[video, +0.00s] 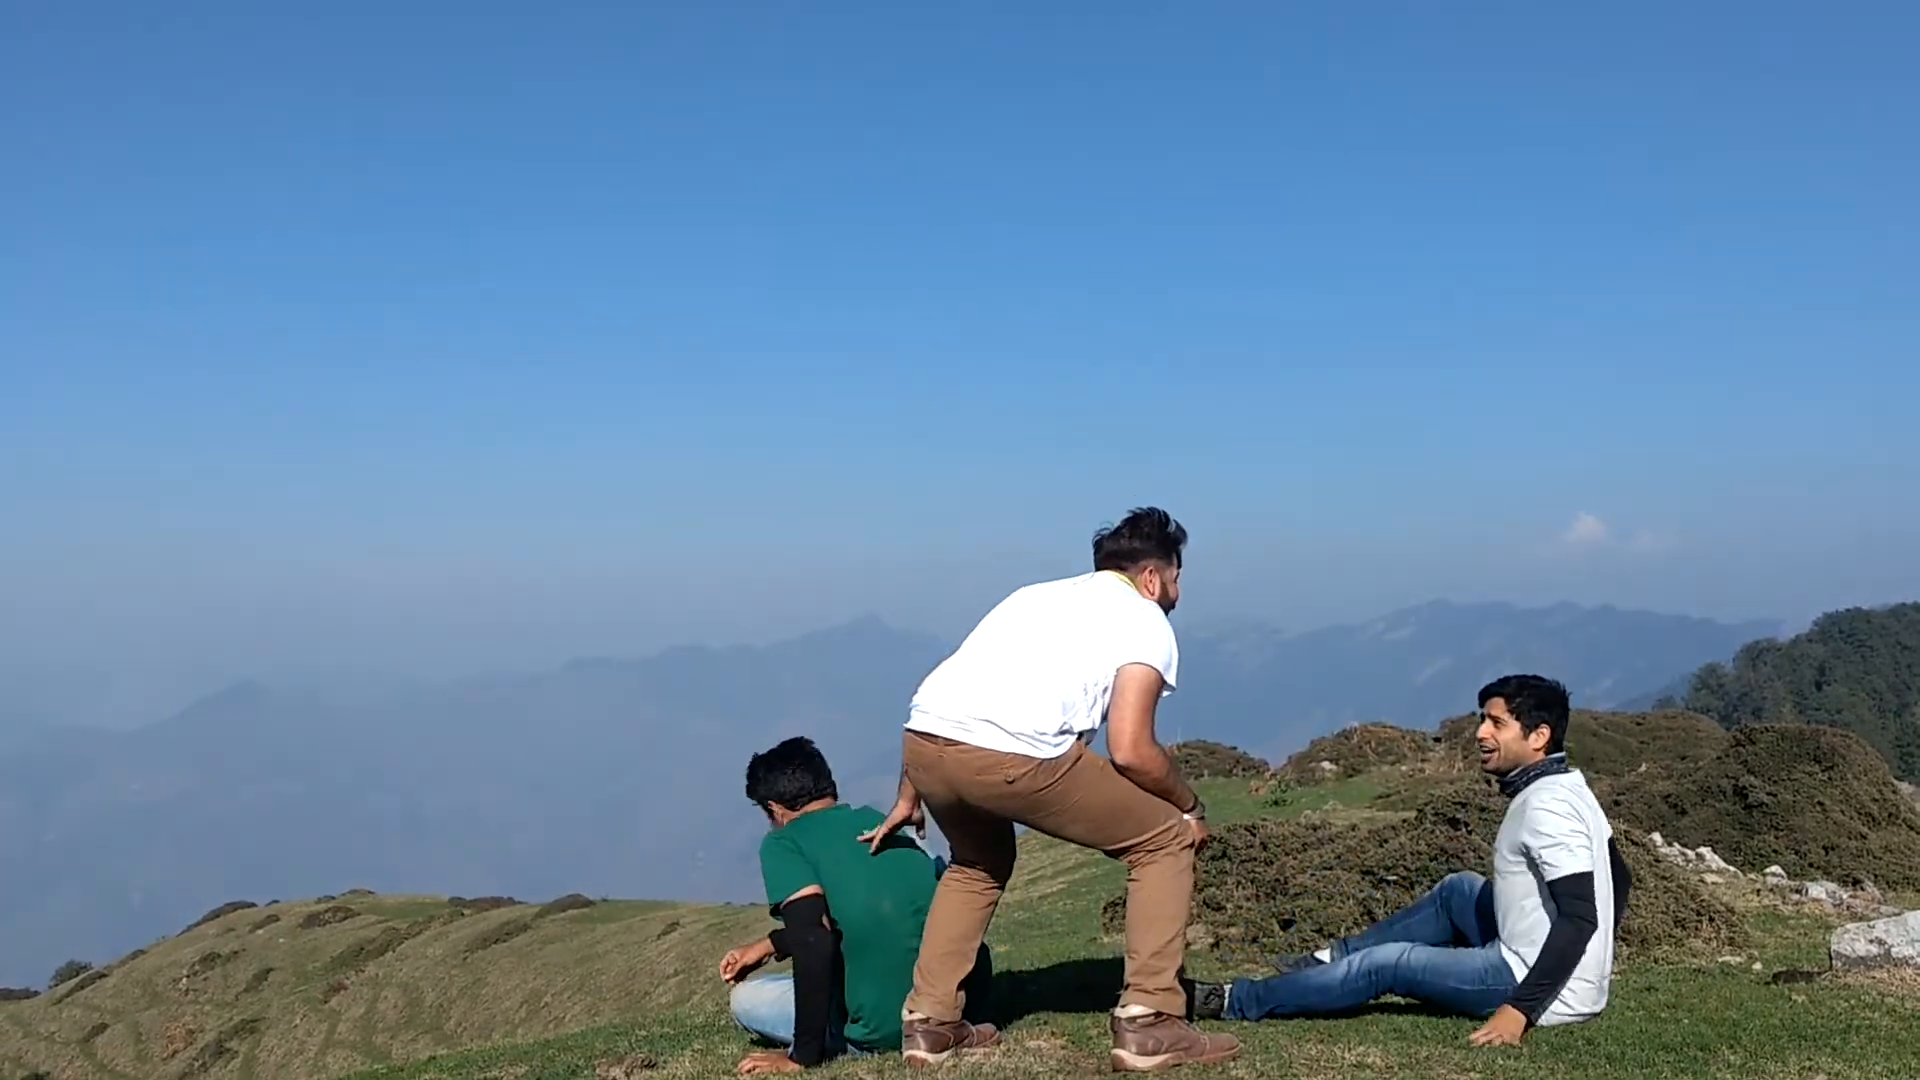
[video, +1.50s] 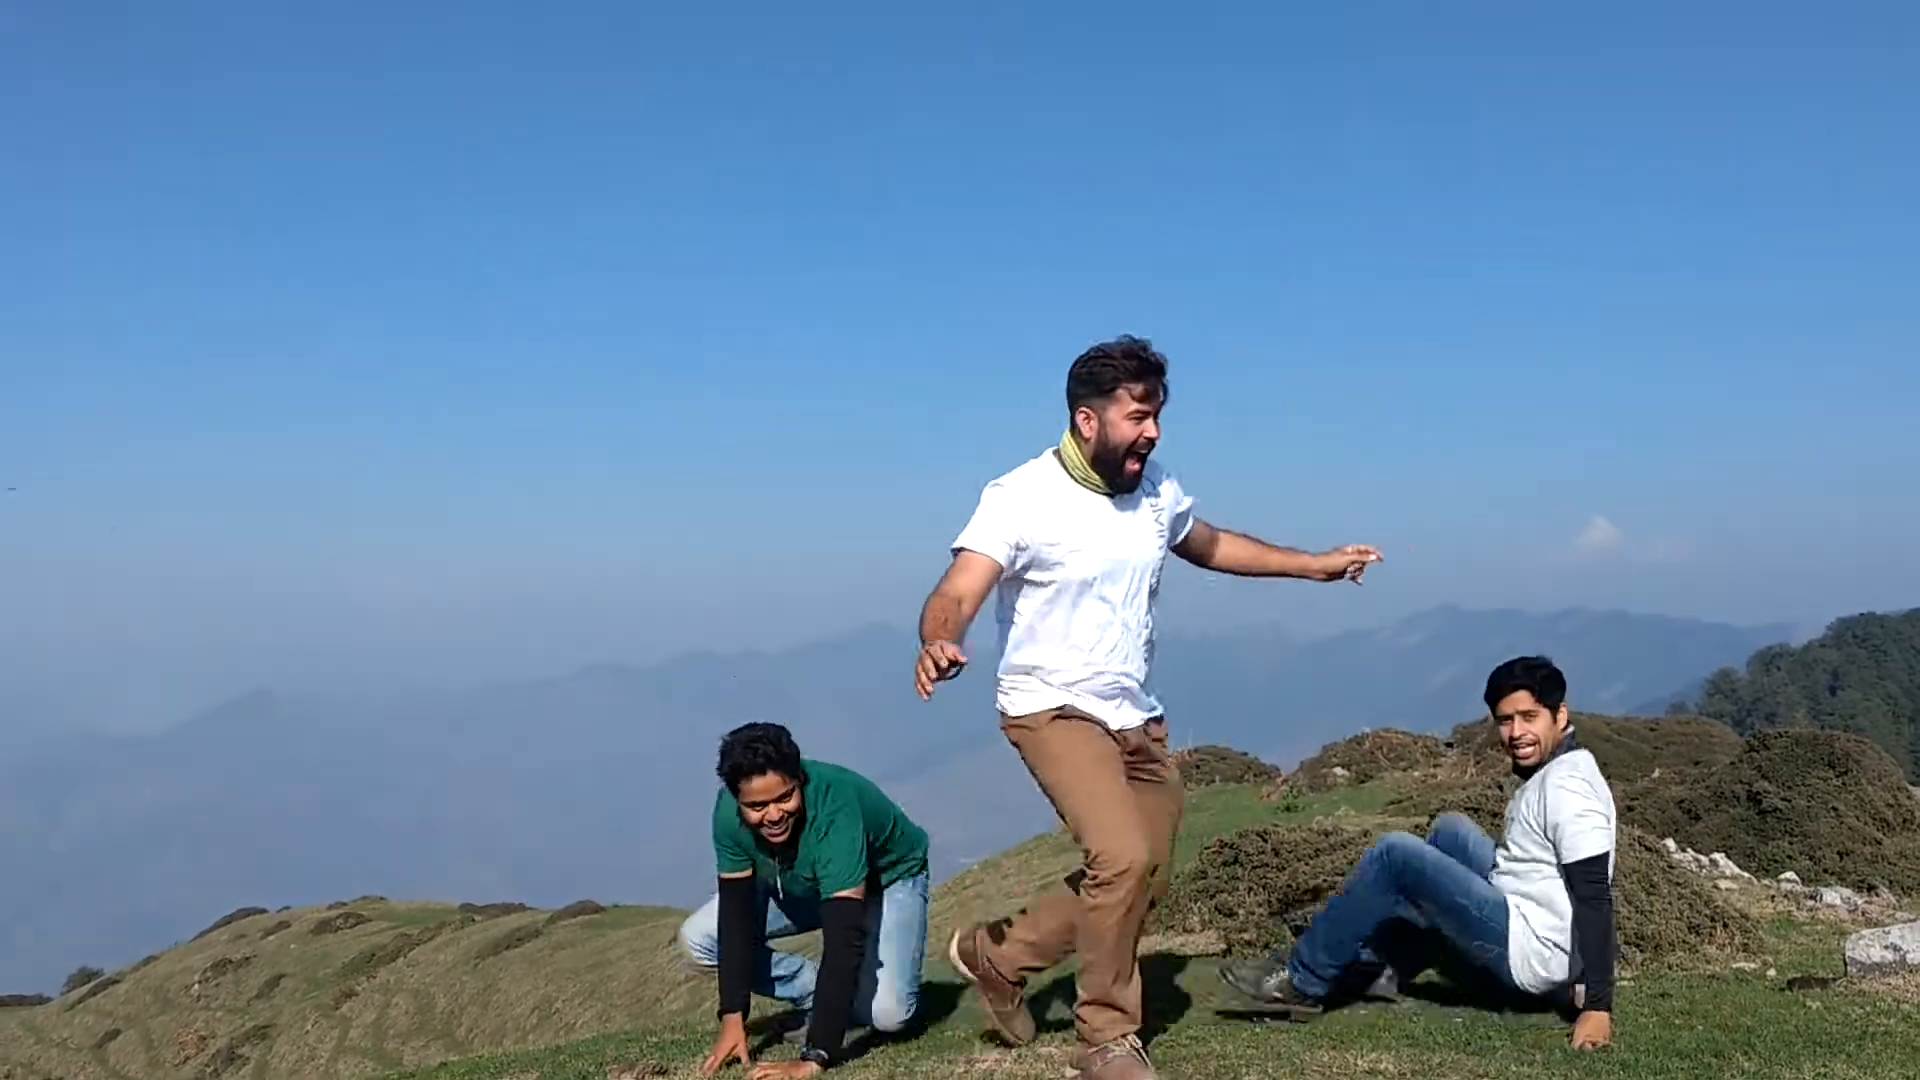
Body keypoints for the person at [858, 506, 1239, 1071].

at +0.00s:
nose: (1178, 592)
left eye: (1180, 577)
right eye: (1177, 576)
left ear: (1106, 565)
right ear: (1153, 574)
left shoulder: (1036, 595)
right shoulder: (1146, 621)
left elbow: (944, 685)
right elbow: (1131, 751)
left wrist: (910, 792)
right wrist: (1187, 804)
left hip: (928, 744)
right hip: (1008, 757)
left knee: (980, 858)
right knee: (1165, 837)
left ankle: (930, 1022)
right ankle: (1150, 1021)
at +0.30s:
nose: (1180, 611)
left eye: (1182, 596)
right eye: (1180, 595)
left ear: (1109, 582)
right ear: (1154, 592)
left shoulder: (1040, 609)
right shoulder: (1146, 632)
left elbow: (946, 692)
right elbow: (1129, 757)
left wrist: (897, 798)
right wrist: (1190, 803)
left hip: (925, 749)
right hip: (1003, 763)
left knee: (979, 859)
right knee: (1167, 836)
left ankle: (931, 1021)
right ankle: (1150, 1021)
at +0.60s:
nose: (1172, 531)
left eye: (1175, 517)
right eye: (1171, 514)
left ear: (1105, 503)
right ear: (1135, 506)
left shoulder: (1023, 548)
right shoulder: (1125, 569)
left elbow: (967, 649)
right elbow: (1138, 716)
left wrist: (929, 746)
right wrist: (1197, 802)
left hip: (944, 738)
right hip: (1027, 744)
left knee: (994, 863)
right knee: (1172, 838)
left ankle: (933, 1022)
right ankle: (1149, 1020)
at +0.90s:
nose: (1125, 429)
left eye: (1131, 416)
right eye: (1111, 413)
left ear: (1127, 421)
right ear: (1065, 417)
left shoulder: (1036, 483)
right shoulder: (1058, 493)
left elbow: (1047, 612)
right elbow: (1073, 616)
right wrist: (1169, 680)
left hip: (996, 709)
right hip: (1047, 709)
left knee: (1025, 858)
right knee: (1182, 835)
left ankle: (940, 1018)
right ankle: (1157, 1021)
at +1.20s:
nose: (1084, 438)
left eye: (1100, 423)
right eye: (1069, 421)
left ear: (1115, 431)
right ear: (1041, 424)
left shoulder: (1114, 510)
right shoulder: (1005, 498)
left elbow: (1112, 605)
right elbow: (967, 616)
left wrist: (1173, 675)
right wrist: (994, 673)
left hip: (1059, 711)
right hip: (1017, 711)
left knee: (1033, 878)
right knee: (1150, 828)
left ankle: (928, 1022)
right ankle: (1158, 1025)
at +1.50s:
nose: (1153, 432)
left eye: (1157, 416)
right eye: (1137, 416)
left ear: (1155, 415)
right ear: (1085, 417)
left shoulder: (1156, 492)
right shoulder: (1021, 496)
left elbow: (1211, 546)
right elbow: (956, 592)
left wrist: (1313, 564)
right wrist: (939, 641)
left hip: (1132, 715)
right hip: (1049, 706)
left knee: (1144, 879)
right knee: (1122, 856)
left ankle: (998, 954)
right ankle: (1107, 1034)